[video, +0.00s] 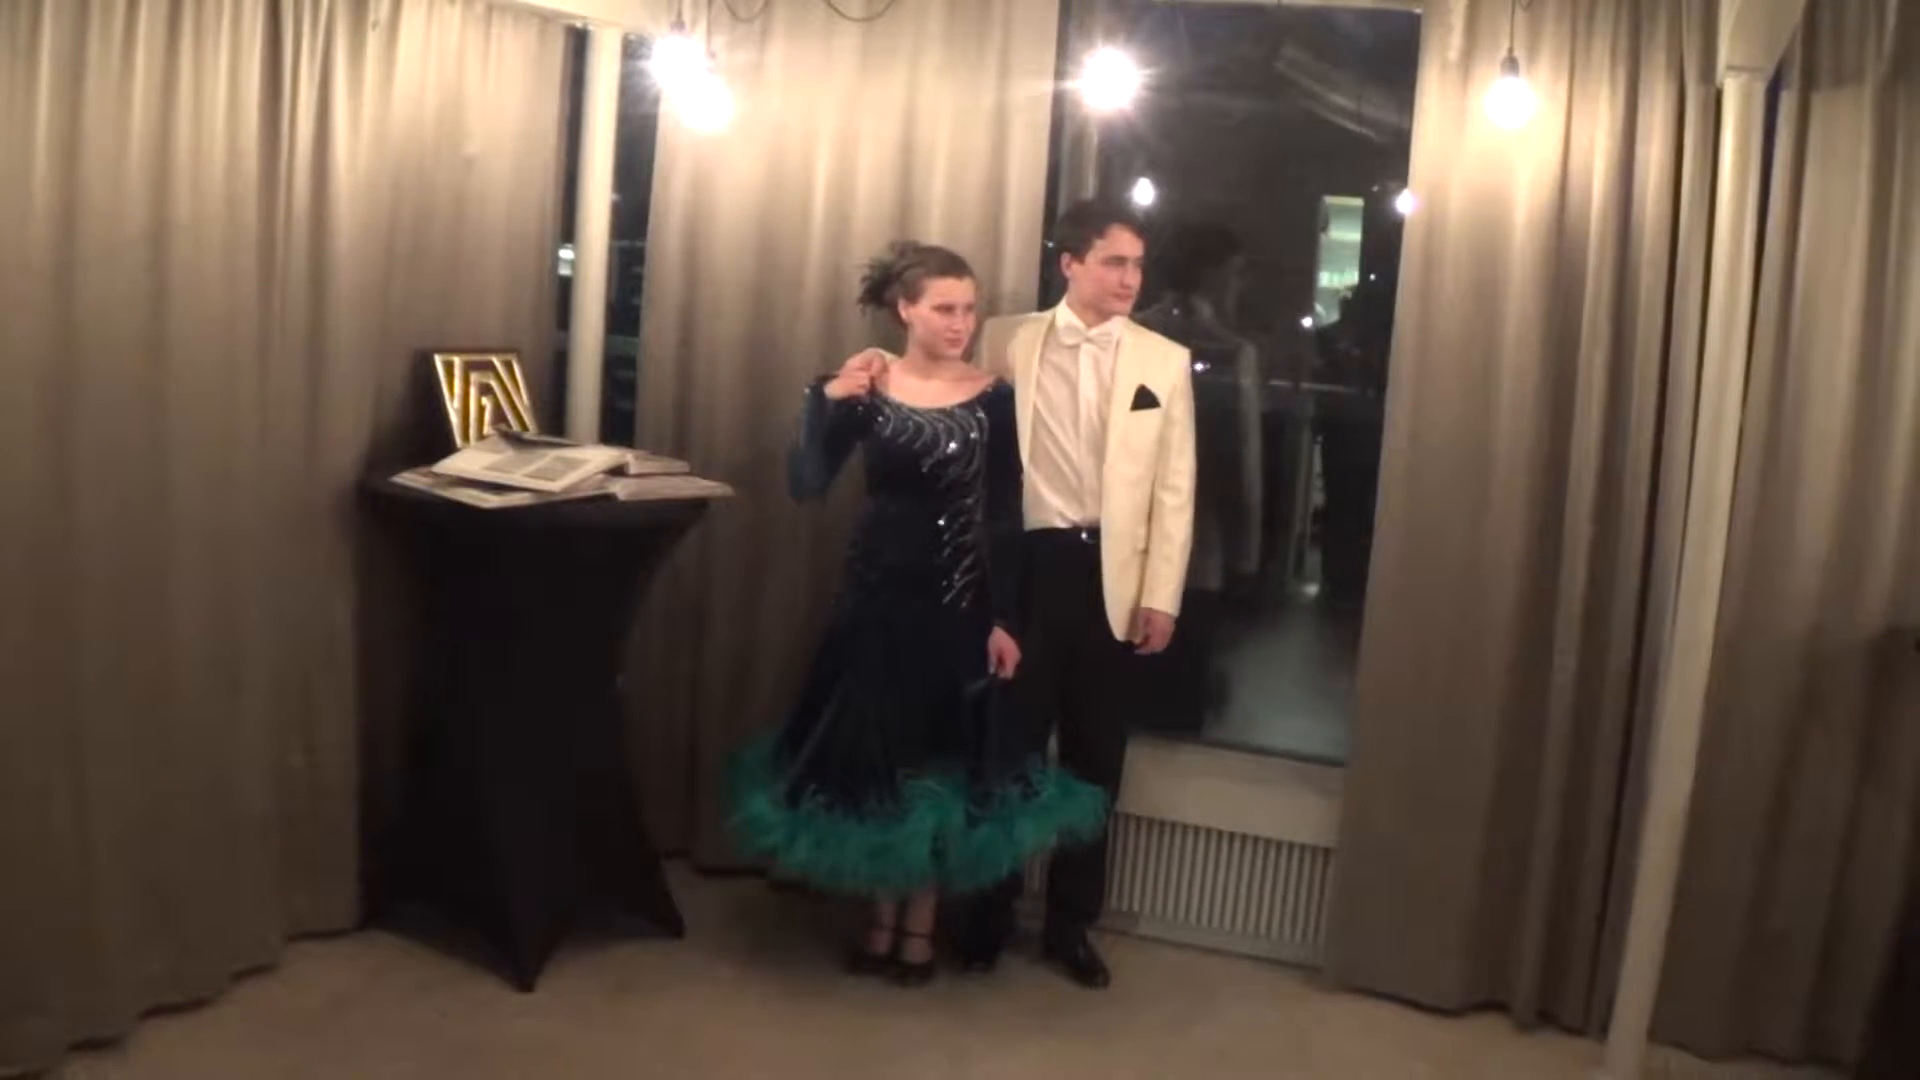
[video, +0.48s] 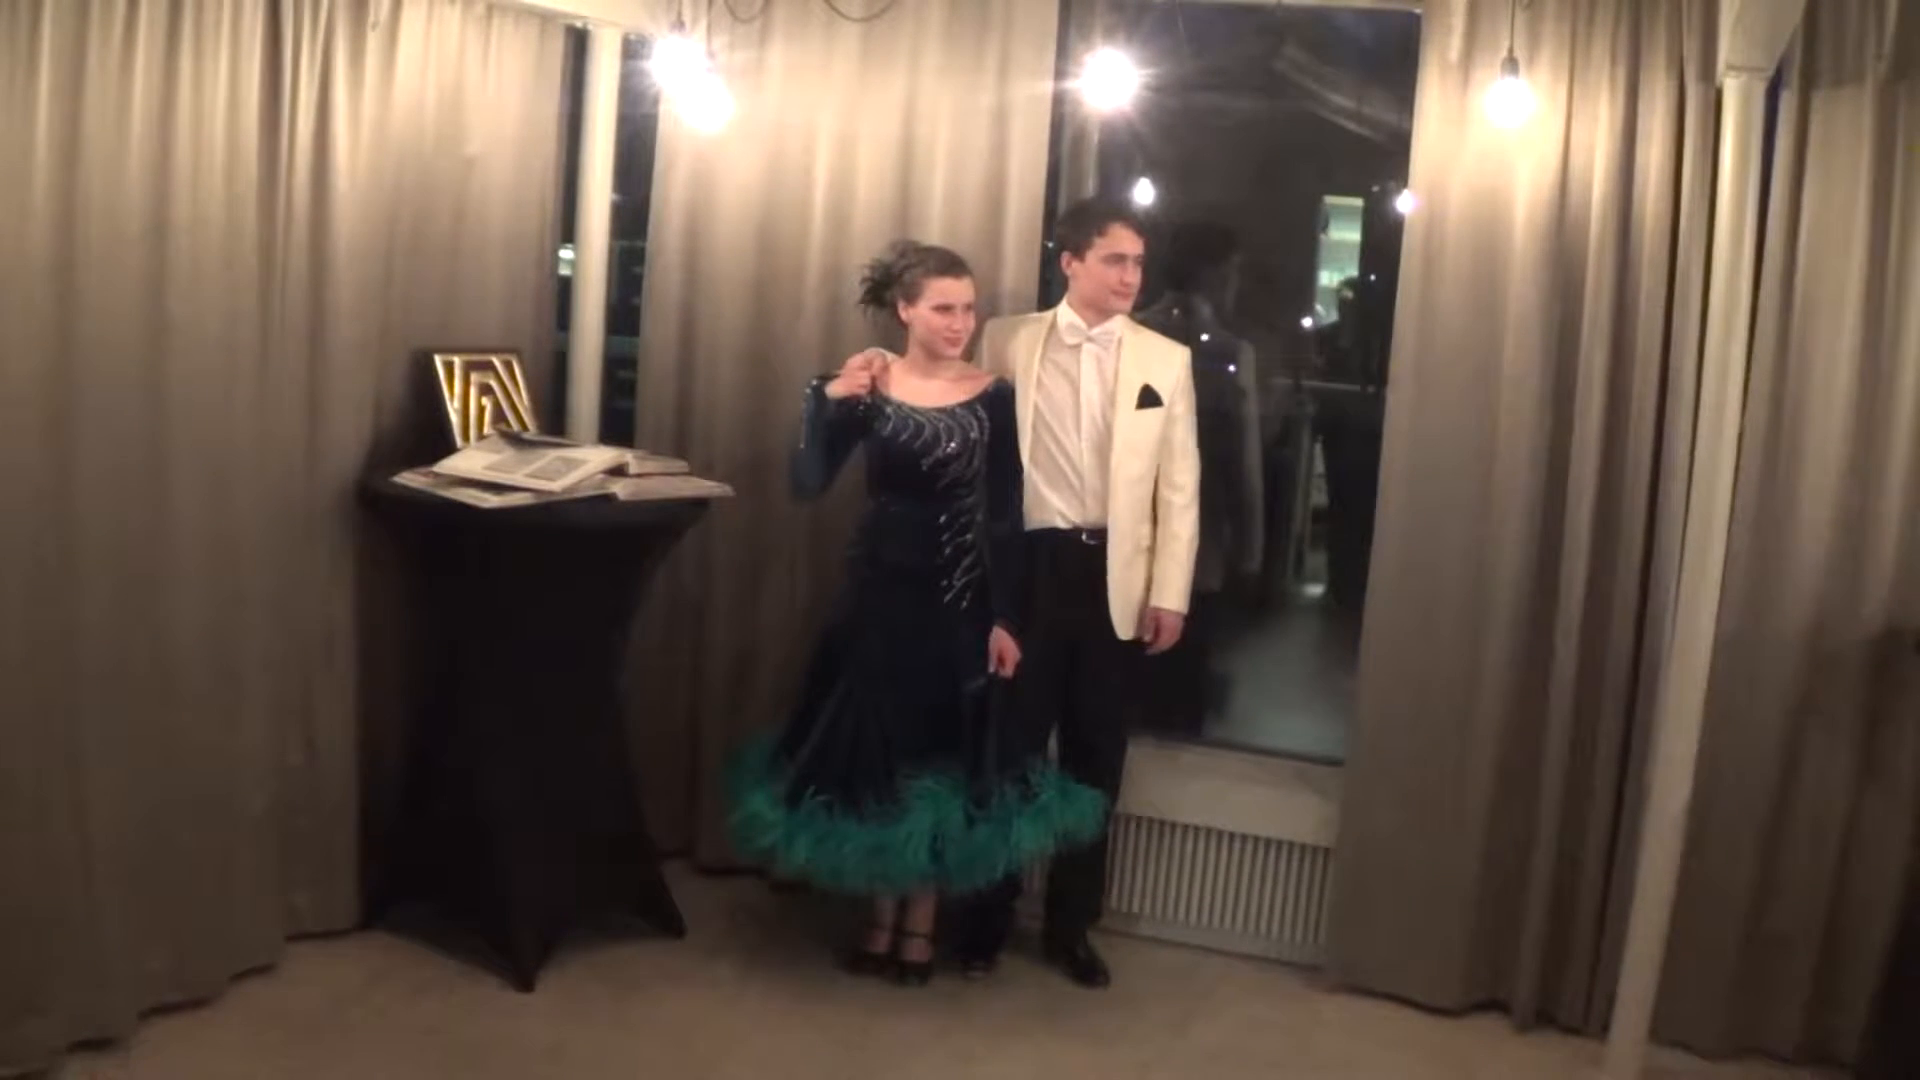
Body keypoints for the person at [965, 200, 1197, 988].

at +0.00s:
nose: (1129, 278)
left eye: (1138, 266)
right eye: (1114, 262)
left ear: (1144, 275)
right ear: (1069, 265)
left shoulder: (1165, 363)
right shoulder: (1008, 342)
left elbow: (1176, 490)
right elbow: (969, 455)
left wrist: (1162, 595)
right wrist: (965, 569)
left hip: (1111, 573)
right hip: (1020, 565)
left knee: (1096, 753)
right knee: (1007, 739)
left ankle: (1071, 925)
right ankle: (983, 917)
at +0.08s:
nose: (1129, 278)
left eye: (1138, 265)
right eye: (1115, 262)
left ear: (1144, 275)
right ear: (1069, 265)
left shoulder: (1165, 363)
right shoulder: (1008, 341)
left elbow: (1175, 489)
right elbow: (968, 454)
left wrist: (1162, 595)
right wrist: (963, 567)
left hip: (1110, 572)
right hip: (1019, 565)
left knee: (1096, 752)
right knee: (1007, 738)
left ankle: (1070, 925)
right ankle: (982, 917)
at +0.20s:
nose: (1129, 277)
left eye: (1138, 265)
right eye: (1114, 261)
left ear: (1144, 275)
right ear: (1069, 264)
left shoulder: (1166, 362)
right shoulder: (1009, 341)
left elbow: (1178, 490)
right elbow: (969, 454)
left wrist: (1164, 594)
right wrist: (964, 568)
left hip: (1112, 572)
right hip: (1020, 565)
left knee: (1096, 753)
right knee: (1008, 739)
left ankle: (1070, 926)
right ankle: (982, 918)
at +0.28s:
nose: (1129, 276)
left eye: (1138, 264)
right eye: (1114, 261)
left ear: (1144, 274)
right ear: (1069, 264)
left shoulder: (1167, 362)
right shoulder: (1008, 342)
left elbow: (1178, 489)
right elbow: (970, 458)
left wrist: (1166, 594)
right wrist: (964, 568)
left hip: (1113, 574)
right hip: (1020, 566)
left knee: (1096, 755)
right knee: (1007, 740)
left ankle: (1070, 926)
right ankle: (982, 918)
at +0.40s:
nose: (1129, 277)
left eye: (1138, 265)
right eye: (1114, 261)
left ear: (1145, 275)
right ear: (1069, 263)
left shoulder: (1167, 362)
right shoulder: (1009, 342)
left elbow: (1179, 489)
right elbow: (971, 458)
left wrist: (1169, 592)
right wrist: (966, 568)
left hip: (1114, 575)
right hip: (1021, 566)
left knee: (1096, 755)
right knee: (1008, 741)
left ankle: (1072, 926)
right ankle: (982, 919)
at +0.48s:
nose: (1130, 276)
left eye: (1138, 264)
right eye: (1115, 260)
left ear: (1144, 274)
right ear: (1069, 262)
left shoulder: (1167, 362)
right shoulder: (1008, 342)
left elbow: (1180, 489)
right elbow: (969, 455)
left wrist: (1170, 593)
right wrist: (964, 568)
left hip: (1115, 573)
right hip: (1021, 566)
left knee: (1097, 754)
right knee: (1008, 740)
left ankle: (1071, 927)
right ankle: (982, 920)